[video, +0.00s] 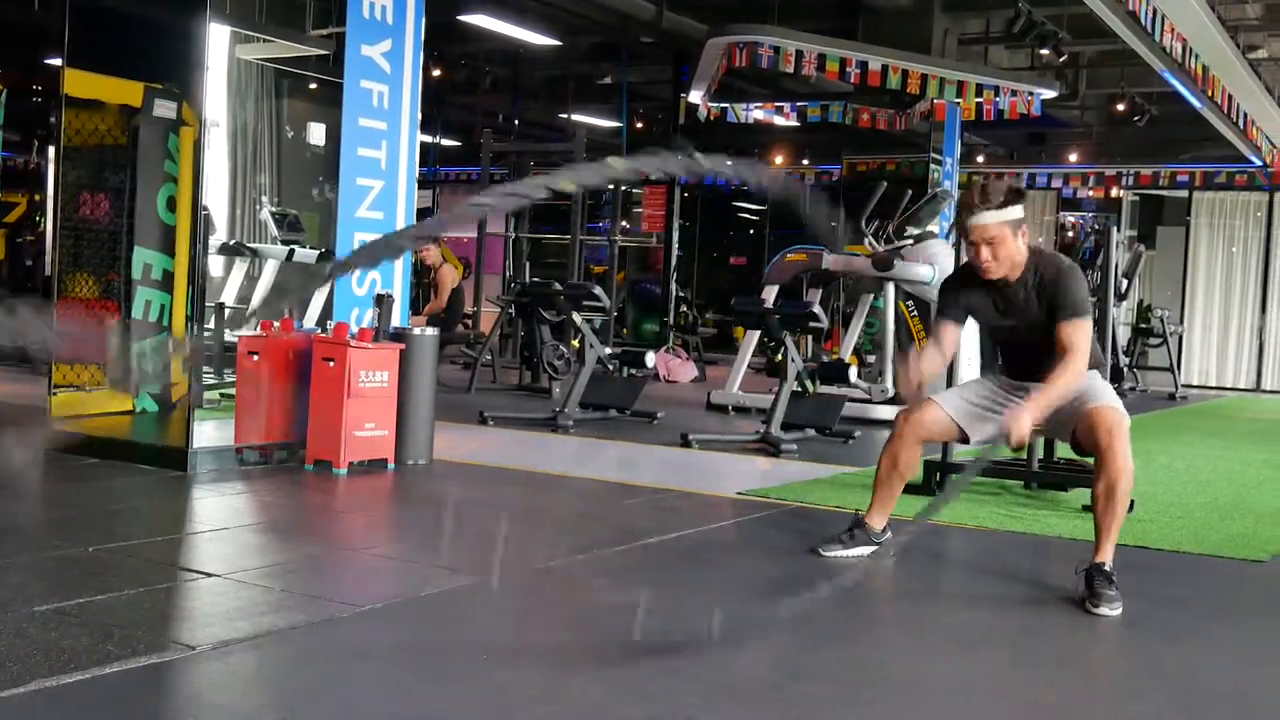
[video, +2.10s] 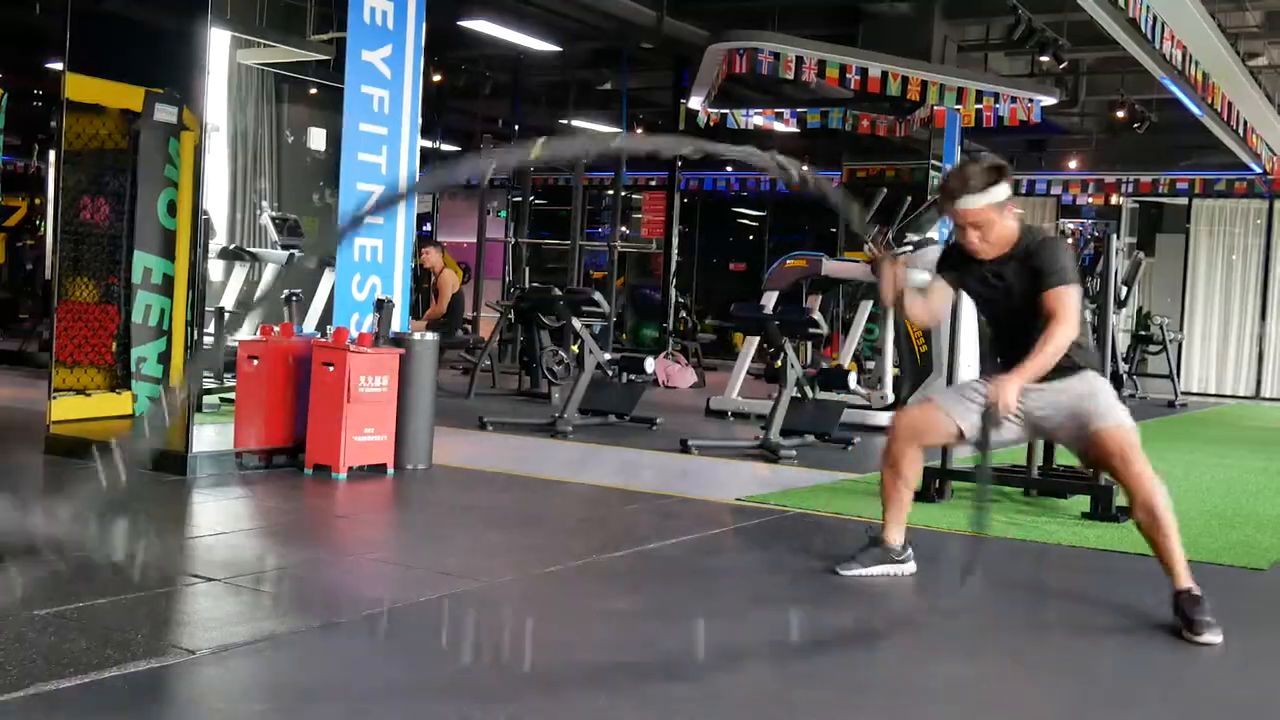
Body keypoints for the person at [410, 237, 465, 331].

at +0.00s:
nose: (423, 254)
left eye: (428, 250)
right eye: (421, 251)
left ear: (439, 250)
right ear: (418, 254)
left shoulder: (445, 271)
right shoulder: (434, 272)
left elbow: (441, 303)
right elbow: (435, 300)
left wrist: (423, 316)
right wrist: (423, 317)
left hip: (448, 321)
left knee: (407, 321)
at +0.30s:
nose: (416, 254)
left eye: (419, 250)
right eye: (413, 251)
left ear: (431, 250)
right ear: (410, 255)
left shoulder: (439, 271)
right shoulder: (426, 270)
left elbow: (433, 303)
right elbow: (424, 297)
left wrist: (414, 318)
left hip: (439, 322)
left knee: (398, 322)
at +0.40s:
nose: (414, 255)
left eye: (418, 250)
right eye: (411, 251)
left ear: (429, 250)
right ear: (408, 255)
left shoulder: (436, 271)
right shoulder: (425, 273)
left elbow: (430, 304)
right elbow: (424, 301)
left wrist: (414, 316)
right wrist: (413, 319)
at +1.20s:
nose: (419, 257)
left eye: (423, 253)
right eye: (417, 254)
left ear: (435, 254)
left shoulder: (442, 275)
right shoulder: (431, 277)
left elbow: (438, 308)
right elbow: (429, 305)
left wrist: (420, 320)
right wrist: (419, 321)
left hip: (444, 326)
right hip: (436, 323)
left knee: (402, 325)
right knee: (402, 323)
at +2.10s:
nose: (423, 257)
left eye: (427, 253)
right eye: (422, 254)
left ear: (439, 255)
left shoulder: (446, 275)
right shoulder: (435, 278)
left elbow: (441, 309)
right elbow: (433, 306)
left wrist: (422, 322)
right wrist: (421, 322)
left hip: (450, 327)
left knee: (408, 325)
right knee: (407, 323)